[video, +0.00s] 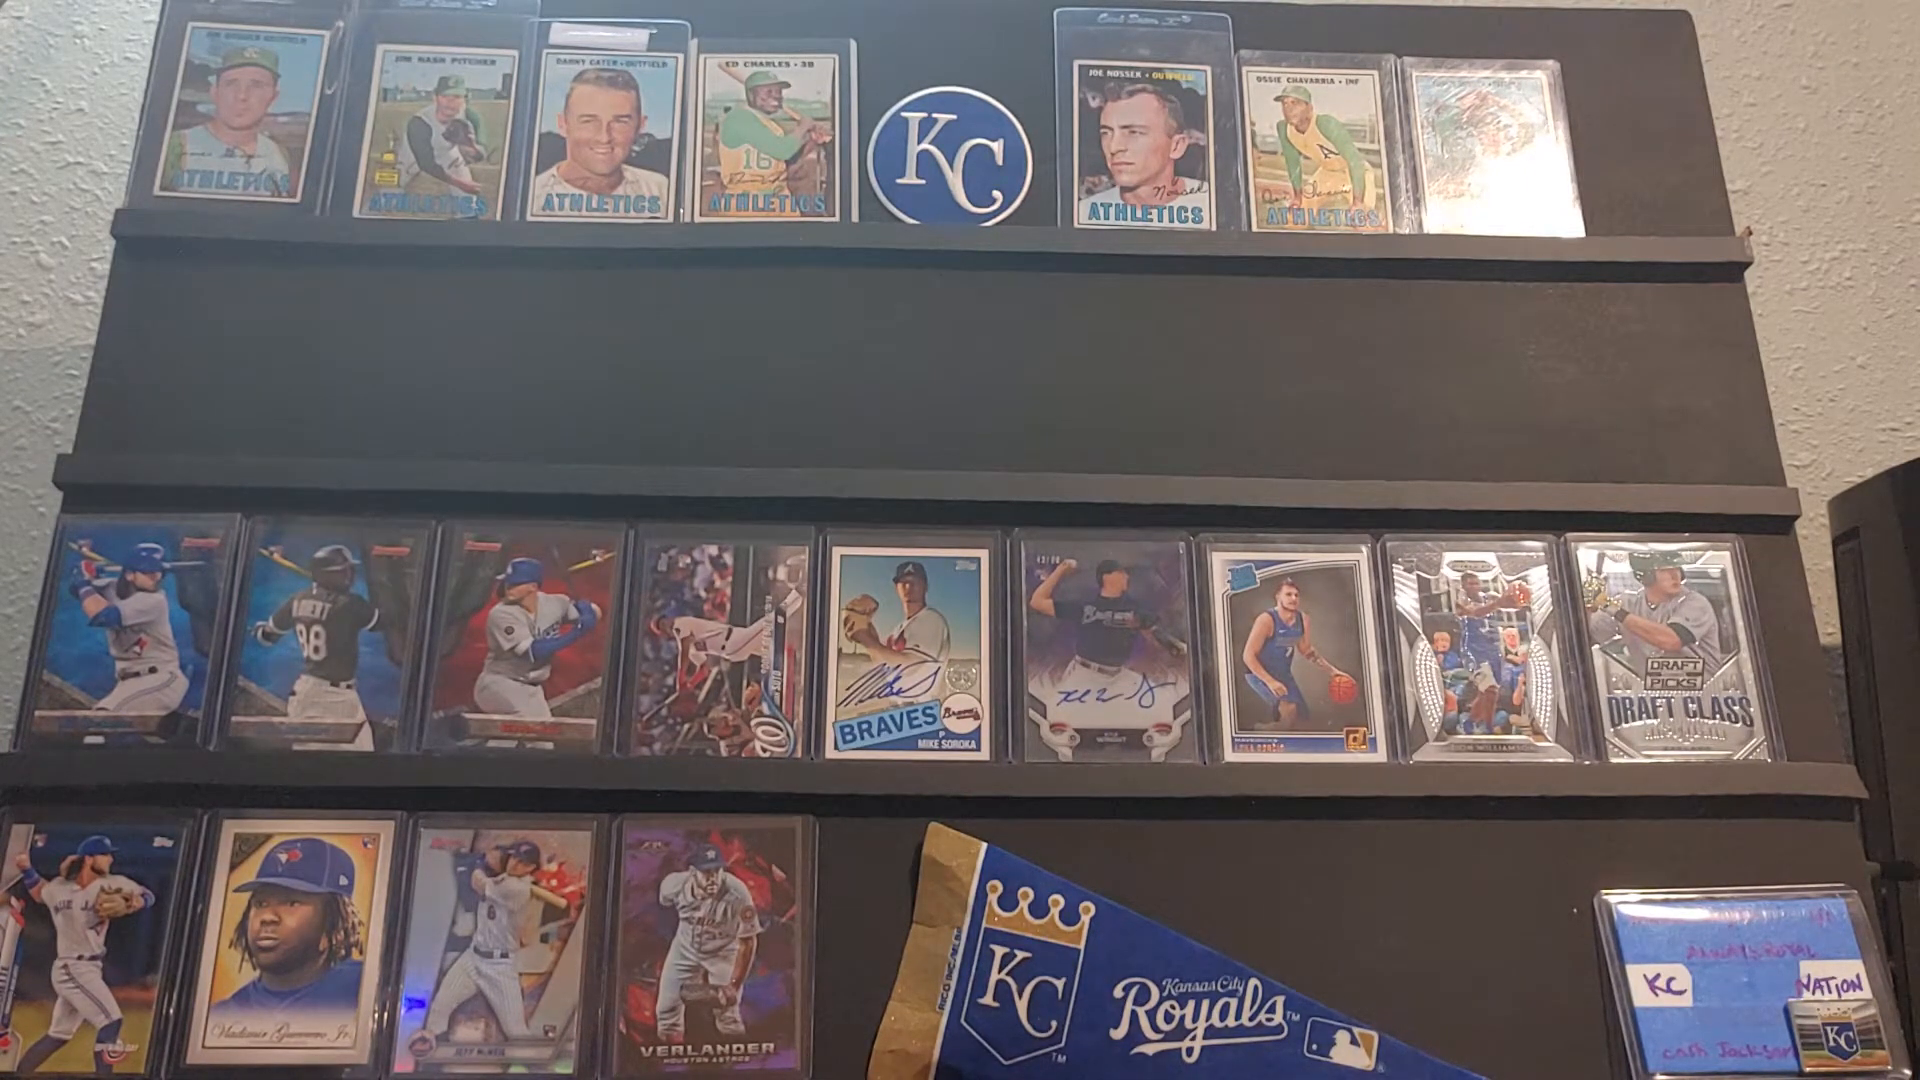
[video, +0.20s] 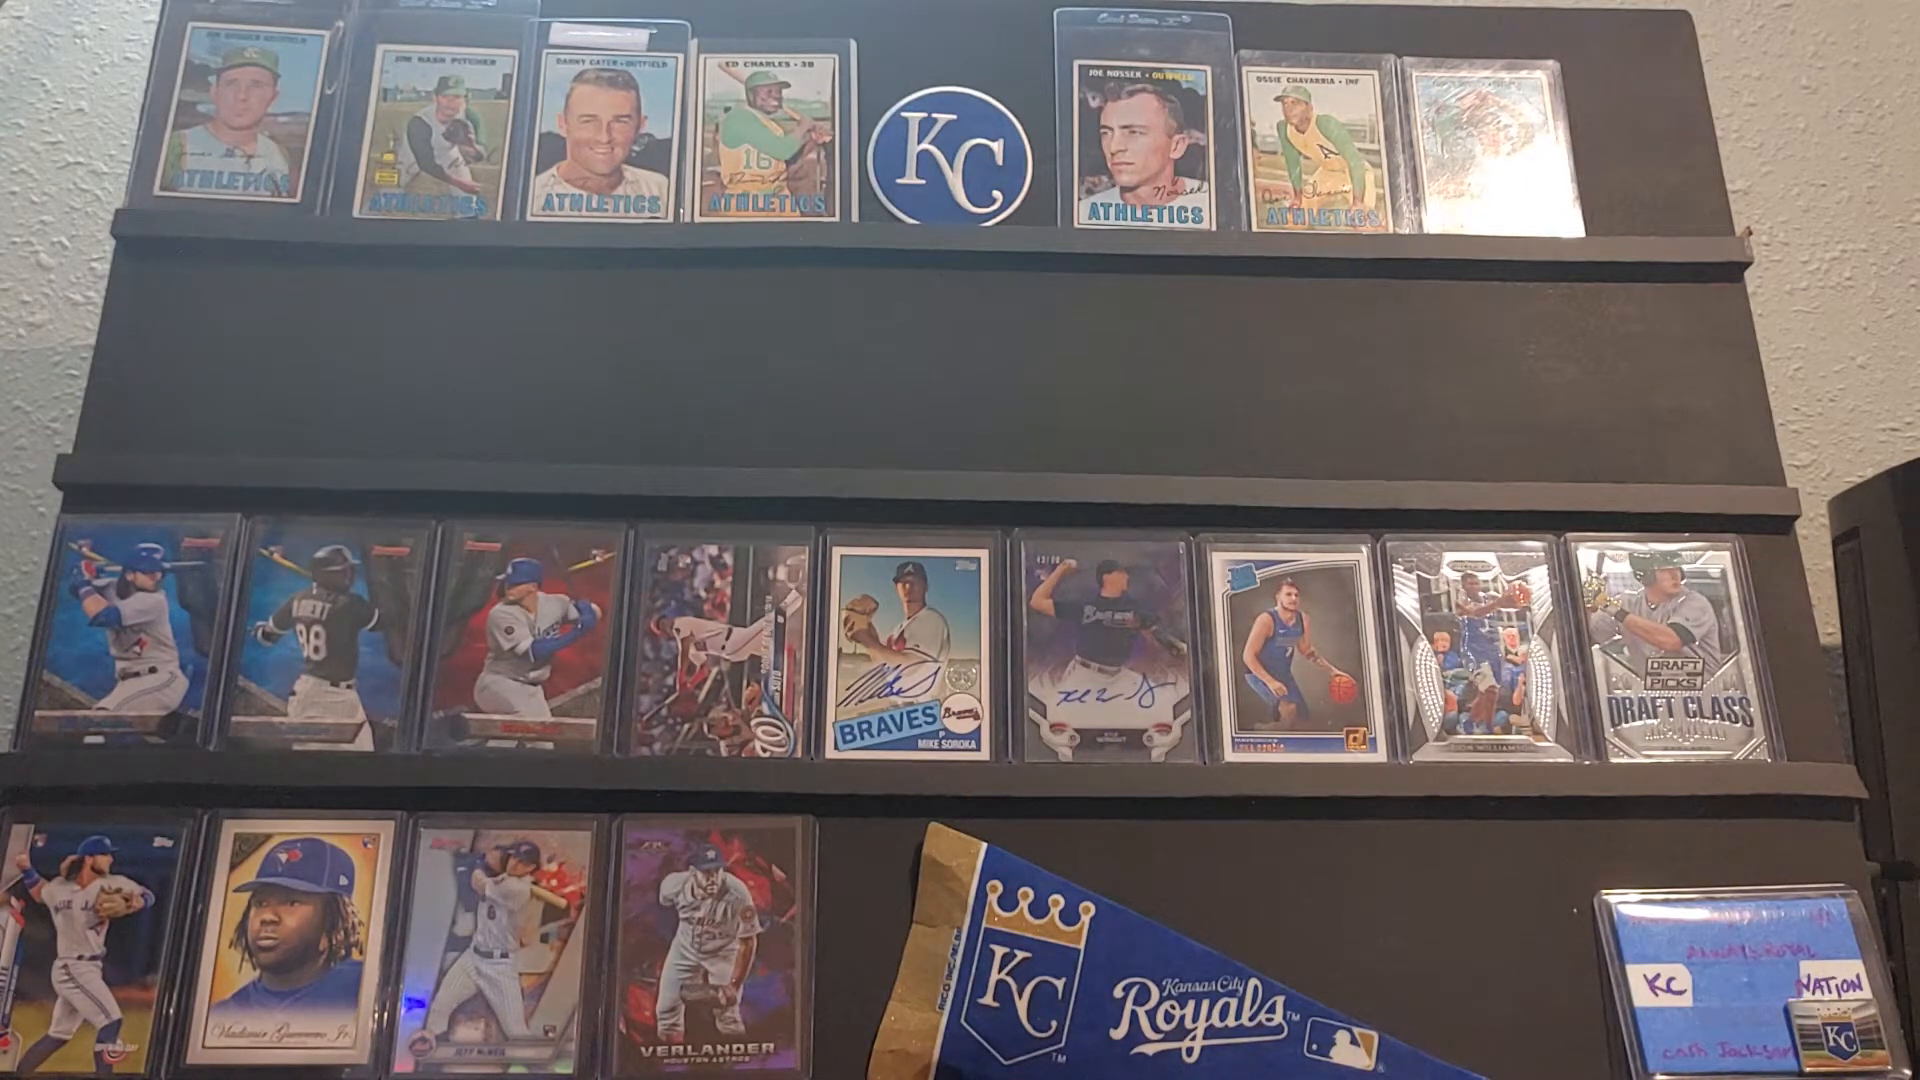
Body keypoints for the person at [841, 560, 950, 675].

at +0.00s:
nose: (907, 588)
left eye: (914, 583)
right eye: (903, 583)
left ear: (925, 587)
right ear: (896, 588)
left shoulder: (931, 619)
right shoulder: (900, 627)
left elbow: (910, 662)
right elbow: (880, 660)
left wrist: (866, 640)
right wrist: (866, 625)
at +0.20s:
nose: (907, 588)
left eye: (914, 583)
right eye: (902, 583)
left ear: (925, 587)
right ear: (896, 588)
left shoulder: (931, 619)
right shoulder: (900, 627)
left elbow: (910, 663)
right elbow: (880, 661)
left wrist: (866, 640)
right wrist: (866, 625)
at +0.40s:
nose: (907, 588)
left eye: (913, 583)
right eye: (902, 583)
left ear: (925, 586)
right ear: (896, 588)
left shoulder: (930, 619)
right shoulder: (902, 626)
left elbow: (911, 663)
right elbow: (880, 659)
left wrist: (865, 638)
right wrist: (865, 623)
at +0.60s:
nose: (907, 588)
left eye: (913, 583)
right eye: (902, 583)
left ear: (925, 586)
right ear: (896, 587)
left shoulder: (931, 619)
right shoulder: (902, 626)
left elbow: (912, 663)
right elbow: (881, 660)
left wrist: (866, 639)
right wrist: (865, 624)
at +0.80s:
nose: (907, 588)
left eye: (913, 583)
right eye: (902, 583)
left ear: (925, 586)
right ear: (896, 588)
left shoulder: (930, 619)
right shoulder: (902, 626)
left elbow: (911, 663)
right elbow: (880, 659)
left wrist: (865, 638)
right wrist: (865, 623)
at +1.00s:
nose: (907, 587)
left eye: (913, 582)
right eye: (902, 582)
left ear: (924, 587)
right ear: (896, 588)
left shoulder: (929, 619)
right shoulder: (901, 627)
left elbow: (910, 661)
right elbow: (879, 658)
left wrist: (865, 639)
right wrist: (864, 621)